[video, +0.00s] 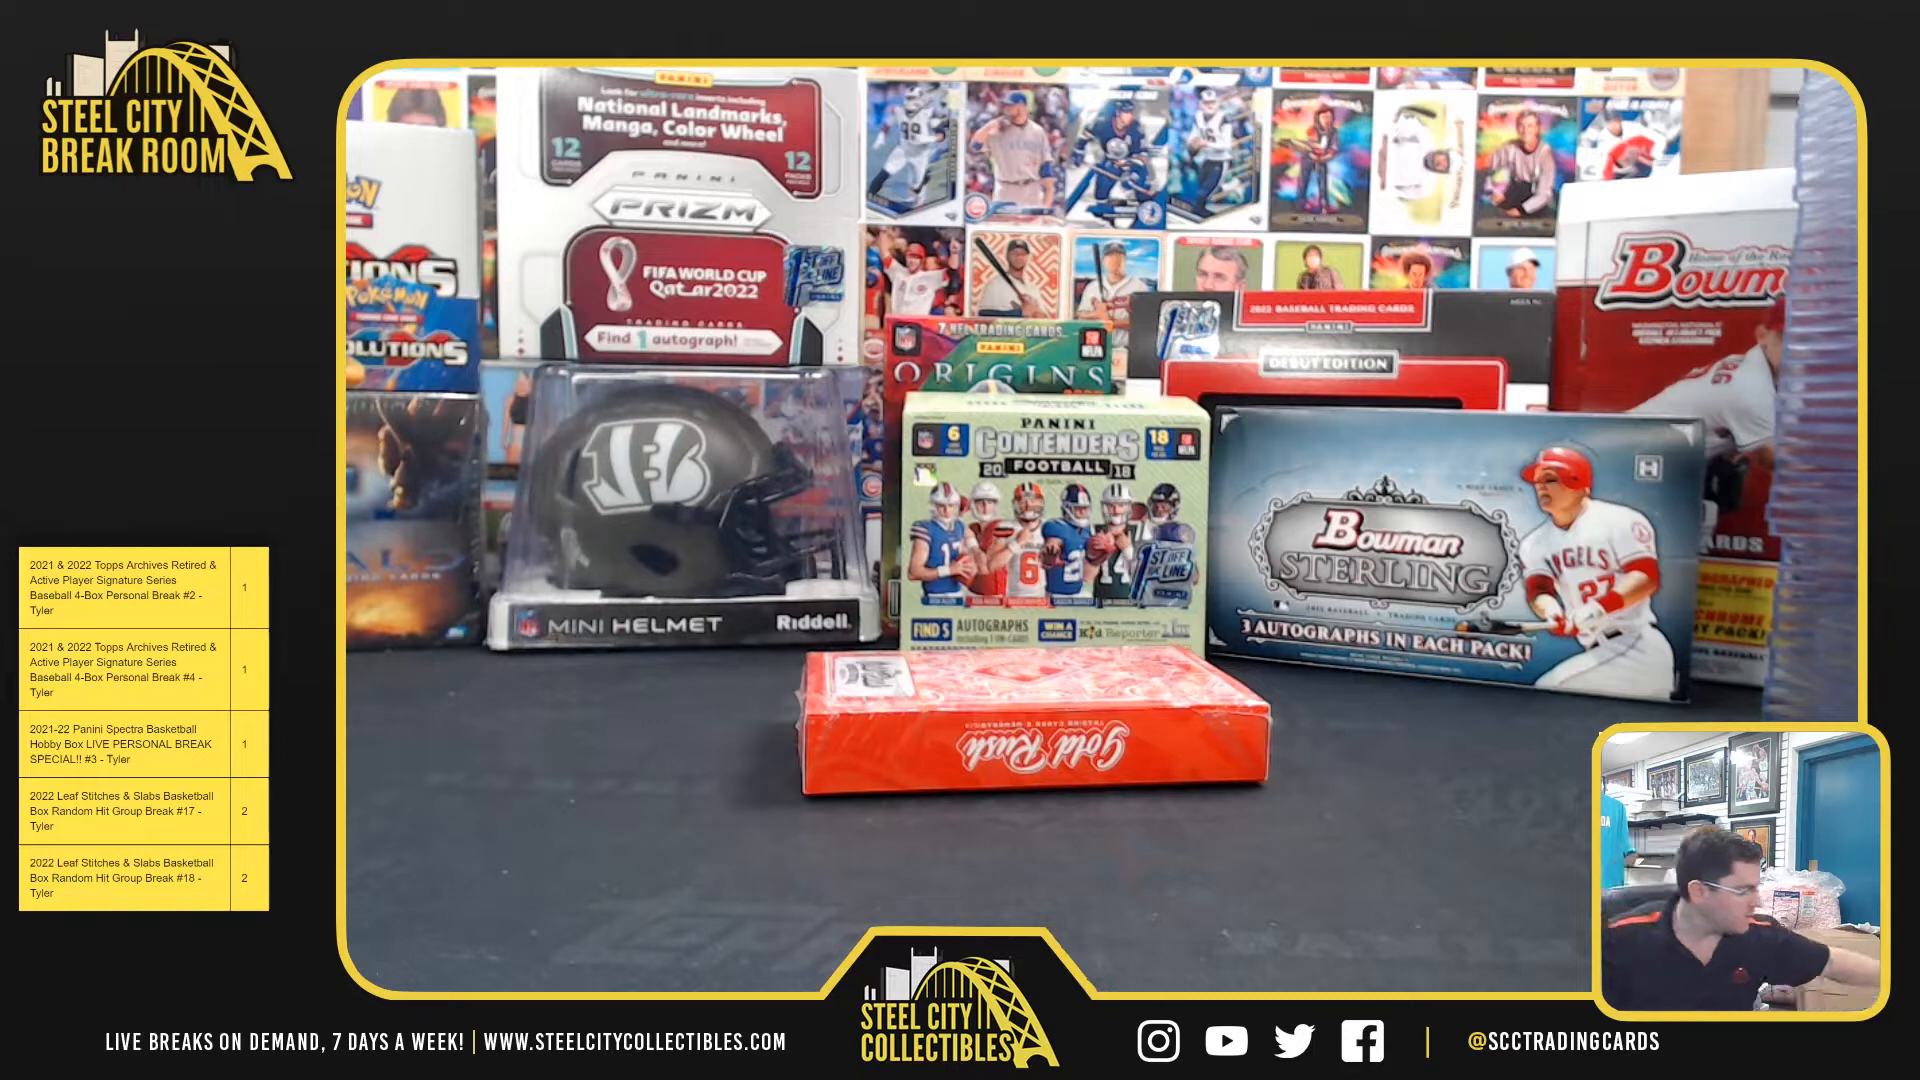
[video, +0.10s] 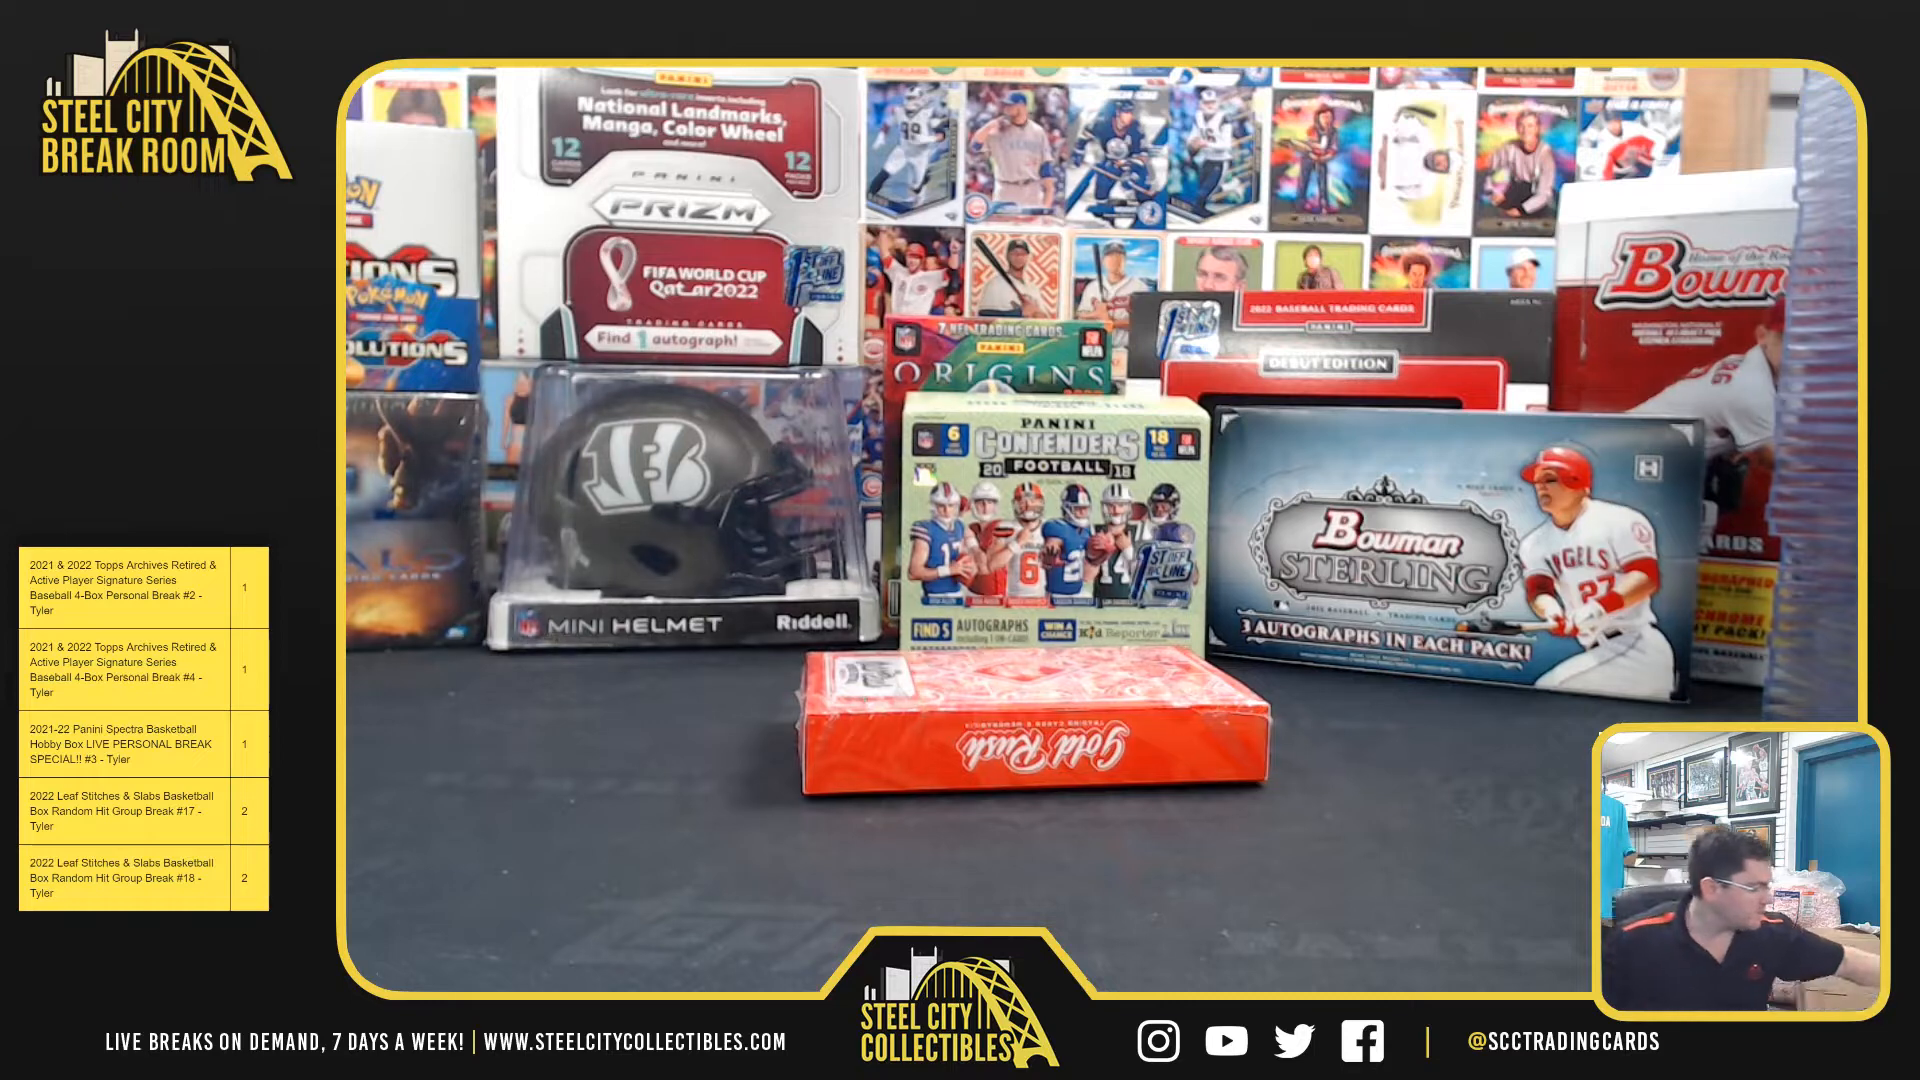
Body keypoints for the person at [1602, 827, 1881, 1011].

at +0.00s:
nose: (1756, 902)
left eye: (1756, 889)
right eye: (1744, 891)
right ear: (1698, 893)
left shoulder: (1763, 939)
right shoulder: (1621, 943)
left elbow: (1841, 965)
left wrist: (1894, 978)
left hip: (1727, 1062)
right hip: (1636, 1057)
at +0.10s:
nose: (1768, 899)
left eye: (1768, 886)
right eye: (1755, 888)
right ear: (1710, 889)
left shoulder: (1775, 936)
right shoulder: (1631, 945)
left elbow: (1853, 963)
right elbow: (1598, 1013)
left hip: (1748, 1062)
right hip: (1654, 1061)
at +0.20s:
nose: (1780, 900)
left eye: (1780, 887)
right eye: (1769, 888)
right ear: (1724, 888)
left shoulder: (1788, 935)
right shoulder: (1648, 942)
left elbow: (1868, 969)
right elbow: (1608, 1011)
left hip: (1758, 1054)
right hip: (1671, 1057)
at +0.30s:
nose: (1798, 901)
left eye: (1798, 889)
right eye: (1785, 890)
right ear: (1740, 889)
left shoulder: (1802, 938)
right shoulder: (1666, 943)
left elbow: (1879, 977)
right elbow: (1611, 1008)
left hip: (1769, 1060)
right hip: (1682, 1061)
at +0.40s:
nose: (1816, 908)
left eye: (1817, 895)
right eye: (1805, 896)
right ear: (1759, 893)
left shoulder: (1817, 940)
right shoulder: (1682, 940)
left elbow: (1886, 982)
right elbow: (1629, 994)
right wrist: (1642, 1050)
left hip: (1780, 1061)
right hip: (1695, 1061)